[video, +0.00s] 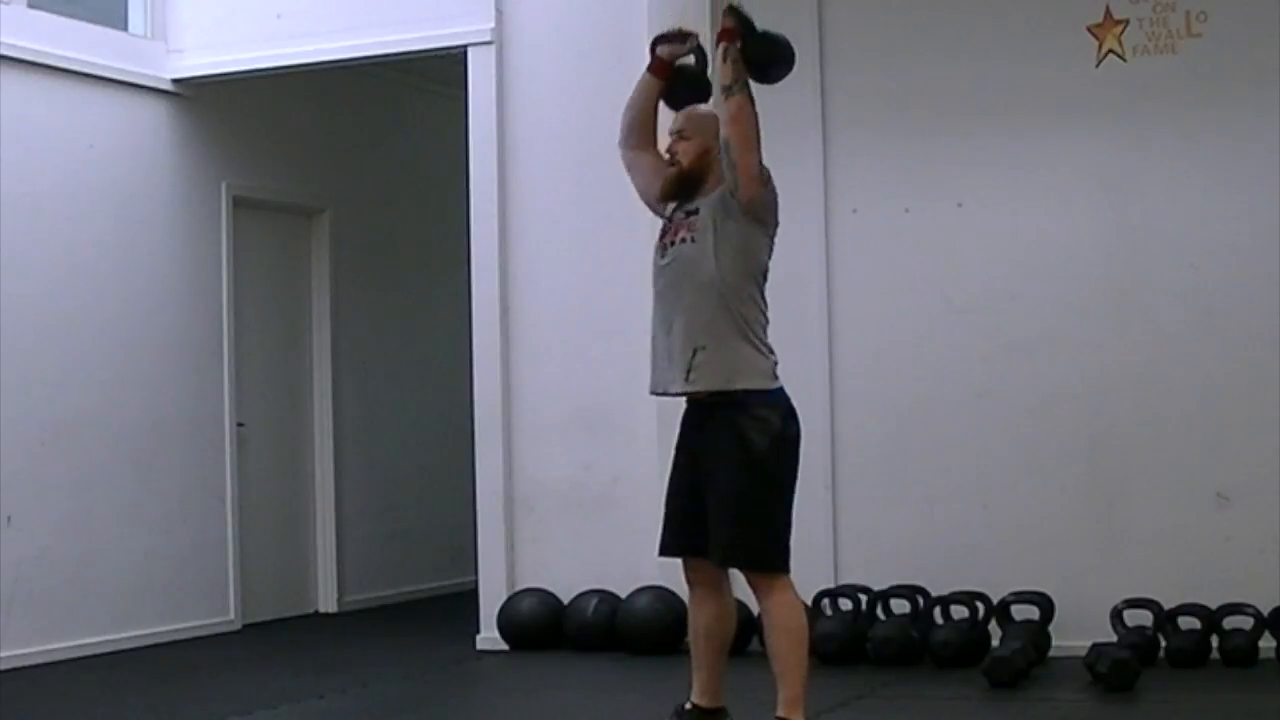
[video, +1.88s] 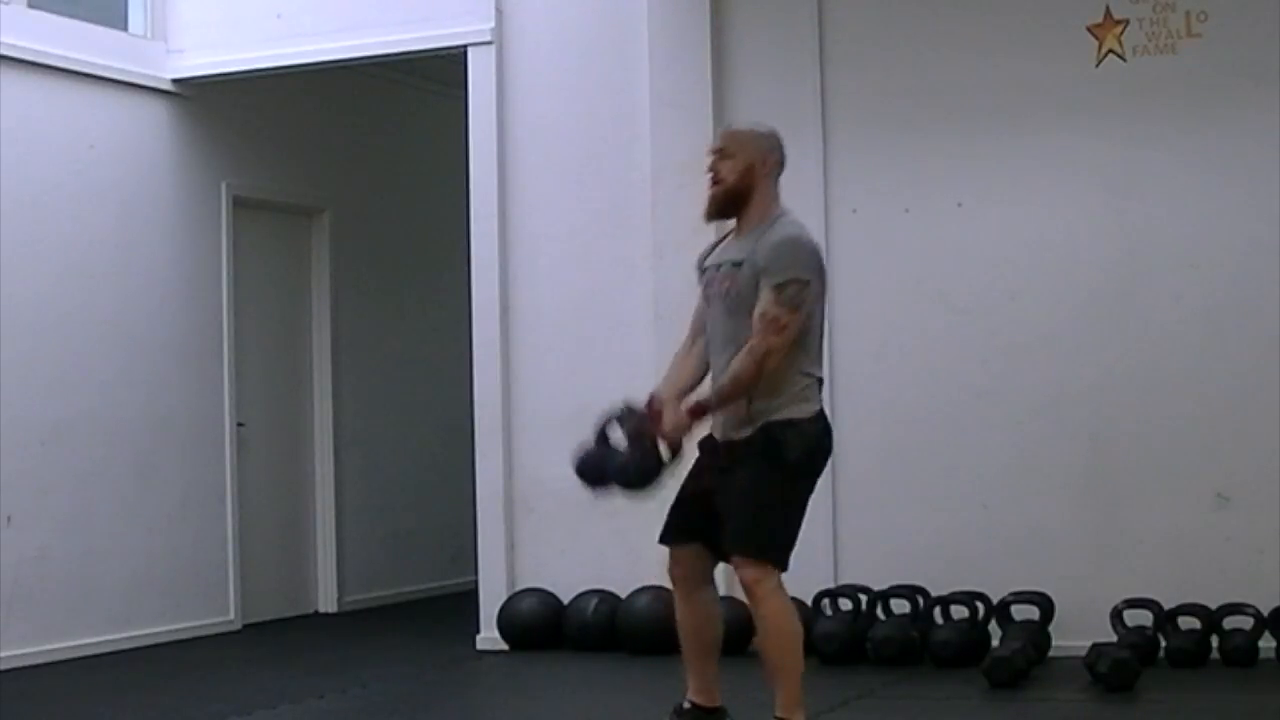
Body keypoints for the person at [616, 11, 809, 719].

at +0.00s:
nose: (670, 146)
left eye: (683, 133)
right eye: (670, 137)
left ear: (720, 141)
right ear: (676, 150)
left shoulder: (746, 202)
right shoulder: (675, 208)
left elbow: (742, 135)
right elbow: (635, 144)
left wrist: (730, 65)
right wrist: (655, 71)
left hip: (755, 410)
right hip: (702, 412)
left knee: (767, 572)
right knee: (700, 566)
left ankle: (793, 712)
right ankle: (706, 707)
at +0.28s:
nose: (708, 143)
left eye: (721, 135)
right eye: (712, 135)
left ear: (745, 162)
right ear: (714, 161)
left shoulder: (781, 222)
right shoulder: (697, 229)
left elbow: (720, 238)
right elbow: (622, 247)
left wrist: (715, 166)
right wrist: (647, 181)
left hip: (748, 422)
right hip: (691, 422)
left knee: (759, 573)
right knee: (692, 568)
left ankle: (791, 711)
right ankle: (705, 704)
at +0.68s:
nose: (707, 147)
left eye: (722, 138)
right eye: (709, 138)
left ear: (760, 156)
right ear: (729, 156)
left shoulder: (782, 226)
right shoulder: (705, 232)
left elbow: (763, 306)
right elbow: (665, 318)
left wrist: (698, 262)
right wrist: (629, 260)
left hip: (756, 422)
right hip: (702, 423)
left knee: (762, 573)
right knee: (699, 567)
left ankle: (790, 713)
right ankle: (704, 705)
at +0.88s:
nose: (709, 153)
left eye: (724, 143)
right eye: (711, 143)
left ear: (763, 157)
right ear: (741, 159)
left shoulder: (786, 230)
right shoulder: (707, 244)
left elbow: (776, 323)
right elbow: (678, 327)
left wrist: (687, 335)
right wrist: (613, 336)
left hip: (787, 426)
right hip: (730, 431)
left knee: (769, 568)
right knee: (694, 563)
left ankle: (791, 712)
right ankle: (704, 704)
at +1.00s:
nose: (695, 172)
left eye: (708, 163)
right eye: (698, 163)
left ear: (747, 179)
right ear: (732, 181)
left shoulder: (777, 259)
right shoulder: (703, 271)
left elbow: (747, 363)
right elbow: (668, 357)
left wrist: (681, 433)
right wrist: (612, 420)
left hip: (802, 442)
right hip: (741, 445)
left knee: (768, 570)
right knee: (682, 559)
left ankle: (792, 712)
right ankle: (702, 704)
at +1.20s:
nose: (621, 221)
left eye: (635, 210)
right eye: (624, 210)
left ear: (677, 222)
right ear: (657, 226)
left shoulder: (721, 304)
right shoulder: (649, 318)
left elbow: (727, 424)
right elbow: (666, 418)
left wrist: (727, 519)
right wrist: (681, 511)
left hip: (794, 453)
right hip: (734, 461)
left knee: (762, 574)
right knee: (658, 555)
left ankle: (791, 712)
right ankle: (699, 702)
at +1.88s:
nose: (710, 169)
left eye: (722, 158)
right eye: (711, 159)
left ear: (761, 167)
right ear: (746, 171)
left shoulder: (789, 245)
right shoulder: (718, 253)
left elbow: (765, 350)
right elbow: (700, 341)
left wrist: (695, 408)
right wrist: (662, 401)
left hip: (785, 435)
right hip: (730, 437)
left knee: (755, 569)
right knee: (687, 562)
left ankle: (791, 712)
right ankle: (703, 705)